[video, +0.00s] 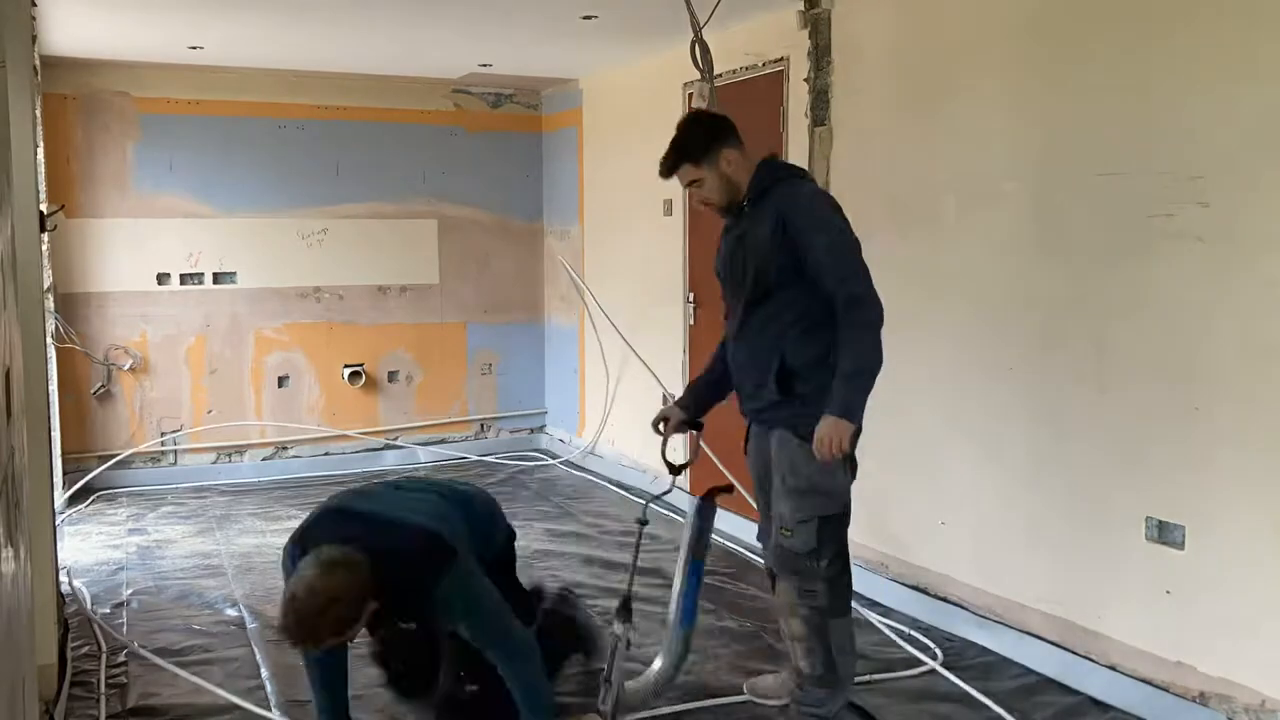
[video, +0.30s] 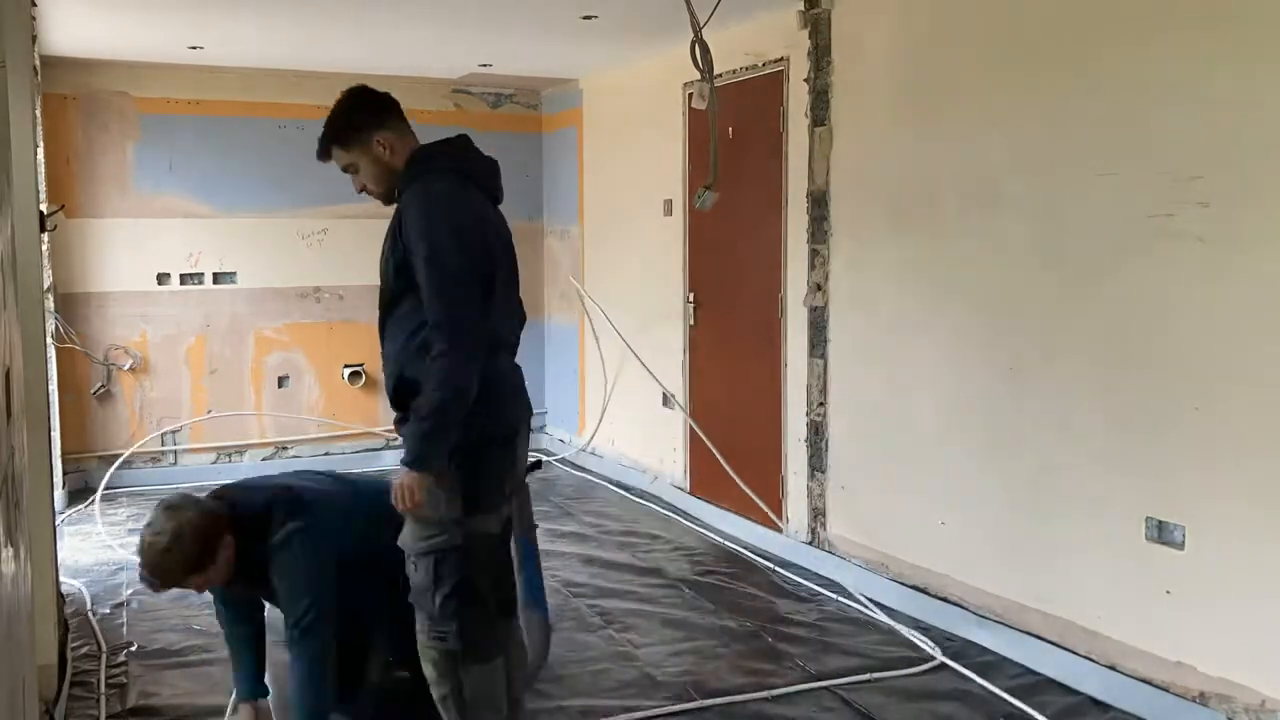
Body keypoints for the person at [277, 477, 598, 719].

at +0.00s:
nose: (335, 647)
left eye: (339, 640)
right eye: (324, 646)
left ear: (365, 613)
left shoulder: (437, 570)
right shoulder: (301, 559)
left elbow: (516, 650)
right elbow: (325, 660)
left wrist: (541, 713)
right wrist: (333, 717)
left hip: (475, 520)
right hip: (395, 508)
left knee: (498, 700)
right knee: (411, 682)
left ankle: (563, 619)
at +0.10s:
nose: (378, 556)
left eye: (389, 548)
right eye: (367, 547)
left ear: (411, 520)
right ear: (350, 517)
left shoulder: (445, 526)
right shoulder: (318, 510)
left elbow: (500, 628)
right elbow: (255, 575)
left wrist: (494, 713)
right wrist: (203, 651)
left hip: (415, 621)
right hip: (334, 614)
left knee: (411, 680)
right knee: (301, 666)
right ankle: (307, 709)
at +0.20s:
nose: (347, 562)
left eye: (355, 549)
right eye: (333, 554)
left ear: (375, 520)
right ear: (313, 535)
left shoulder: (412, 517)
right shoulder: (283, 530)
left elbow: (486, 608)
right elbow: (245, 630)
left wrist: (526, 697)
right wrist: (226, 711)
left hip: (402, 619)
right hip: (323, 620)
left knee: (411, 680)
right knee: (262, 667)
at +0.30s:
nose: (197, 589)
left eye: (198, 579)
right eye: (187, 585)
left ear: (225, 550)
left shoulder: (294, 535)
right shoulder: (214, 522)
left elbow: (310, 644)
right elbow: (239, 616)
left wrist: (309, 711)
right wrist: (248, 697)